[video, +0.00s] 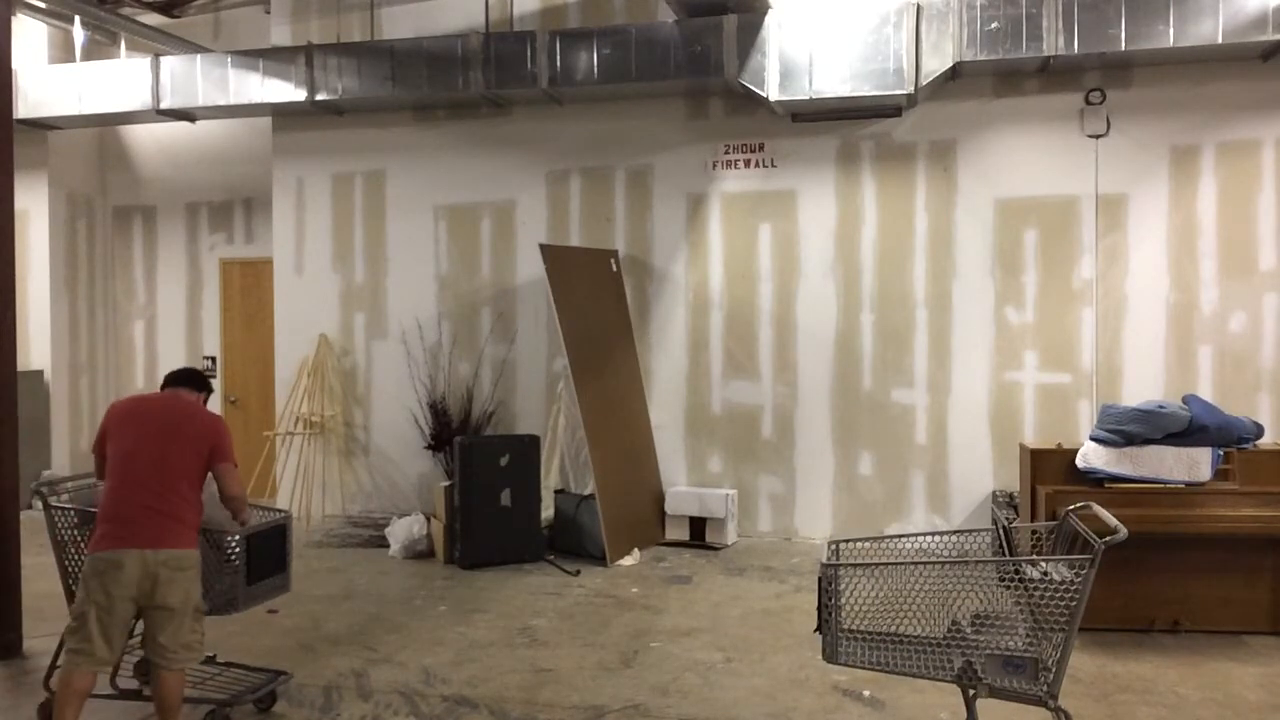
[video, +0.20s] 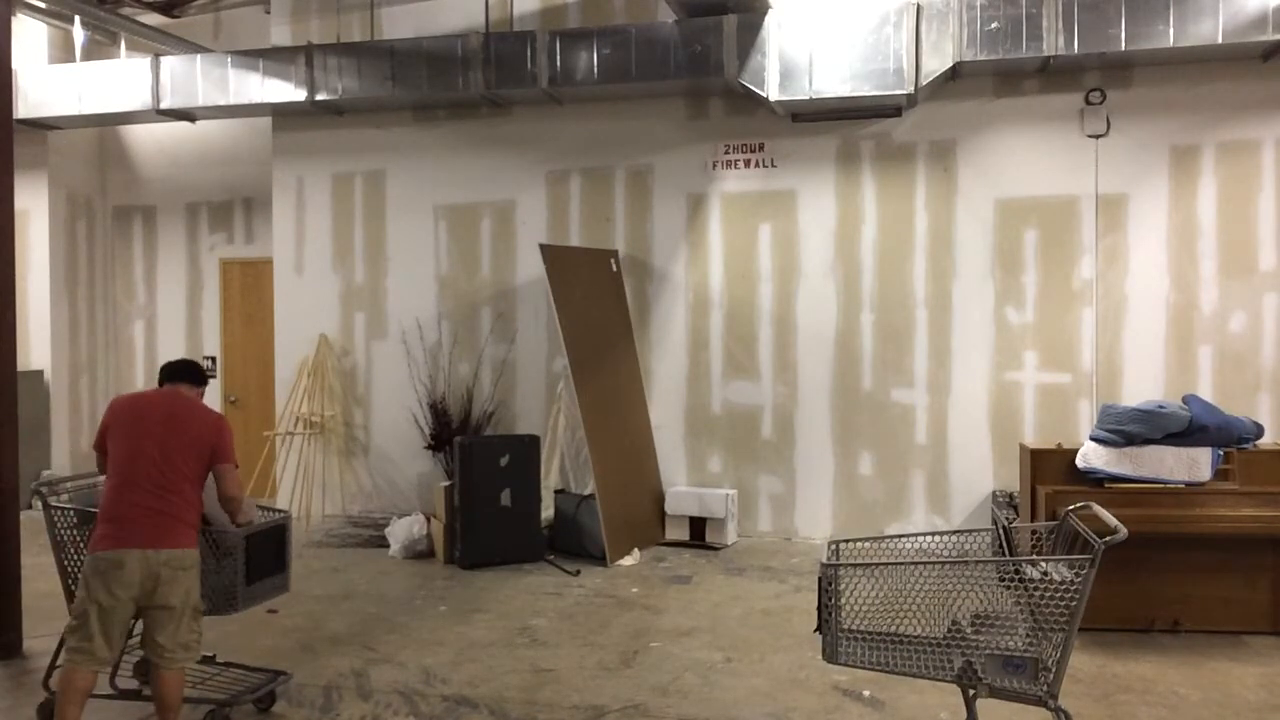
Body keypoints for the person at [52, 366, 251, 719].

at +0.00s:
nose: (205, 406)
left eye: (206, 403)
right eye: (207, 402)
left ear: (163, 389)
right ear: (200, 397)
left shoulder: (120, 408)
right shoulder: (210, 423)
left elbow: (102, 471)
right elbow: (231, 491)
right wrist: (241, 515)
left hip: (112, 552)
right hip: (175, 556)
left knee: (85, 655)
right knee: (171, 659)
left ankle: (62, 715)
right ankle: (169, 715)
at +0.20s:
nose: (201, 399)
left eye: (201, 395)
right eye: (203, 395)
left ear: (160, 384)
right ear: (199, 391)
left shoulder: (121, 405)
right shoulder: (211, 421)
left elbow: (104, 464)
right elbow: (230, 493)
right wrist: (240, 515)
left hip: (113, 552)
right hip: (175, 555)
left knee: (85, 655)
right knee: (170, 658)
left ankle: (64, 714)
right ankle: (168, 715)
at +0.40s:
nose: (188, 390)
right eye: (189, 385)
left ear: (146, 380)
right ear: (188, 383)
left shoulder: (115, 405)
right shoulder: (209, 420)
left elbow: (93, 452)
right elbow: (228, 487)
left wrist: (131, 436)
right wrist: (235, 510)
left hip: (115, 554)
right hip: (177, 555)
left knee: (86, 656)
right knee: (170, 657)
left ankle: (68, 717)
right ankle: (169, 716)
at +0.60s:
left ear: (123, 376)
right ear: (166, 372)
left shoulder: (102, 408)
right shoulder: (192, 411)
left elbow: (69, 435)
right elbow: (221, 477)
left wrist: (112, 411)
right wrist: (239, 481)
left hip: (113, 556)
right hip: (174, 554)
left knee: (84, 659)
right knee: (170, 656)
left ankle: (69, 716)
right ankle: (170, 716)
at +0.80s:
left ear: (91, 376)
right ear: (138, 372)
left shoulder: (78, 417)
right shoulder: (168, 417)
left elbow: (27, 428)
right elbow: (201, 480)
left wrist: (58, 389)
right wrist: (203, 448)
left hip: (95, 563)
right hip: (158, 558)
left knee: (79, 667)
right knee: (161, 660)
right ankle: (168, 716)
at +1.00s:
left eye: (66, 370)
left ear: (64, 375)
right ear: (111, 372)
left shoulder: (43, 423)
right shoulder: (139, 420)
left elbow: (4, 442)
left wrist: (8, 404)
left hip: (58, 570)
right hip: (121, 566)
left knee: (58, 677)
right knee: (140, 661)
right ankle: (158, 715)